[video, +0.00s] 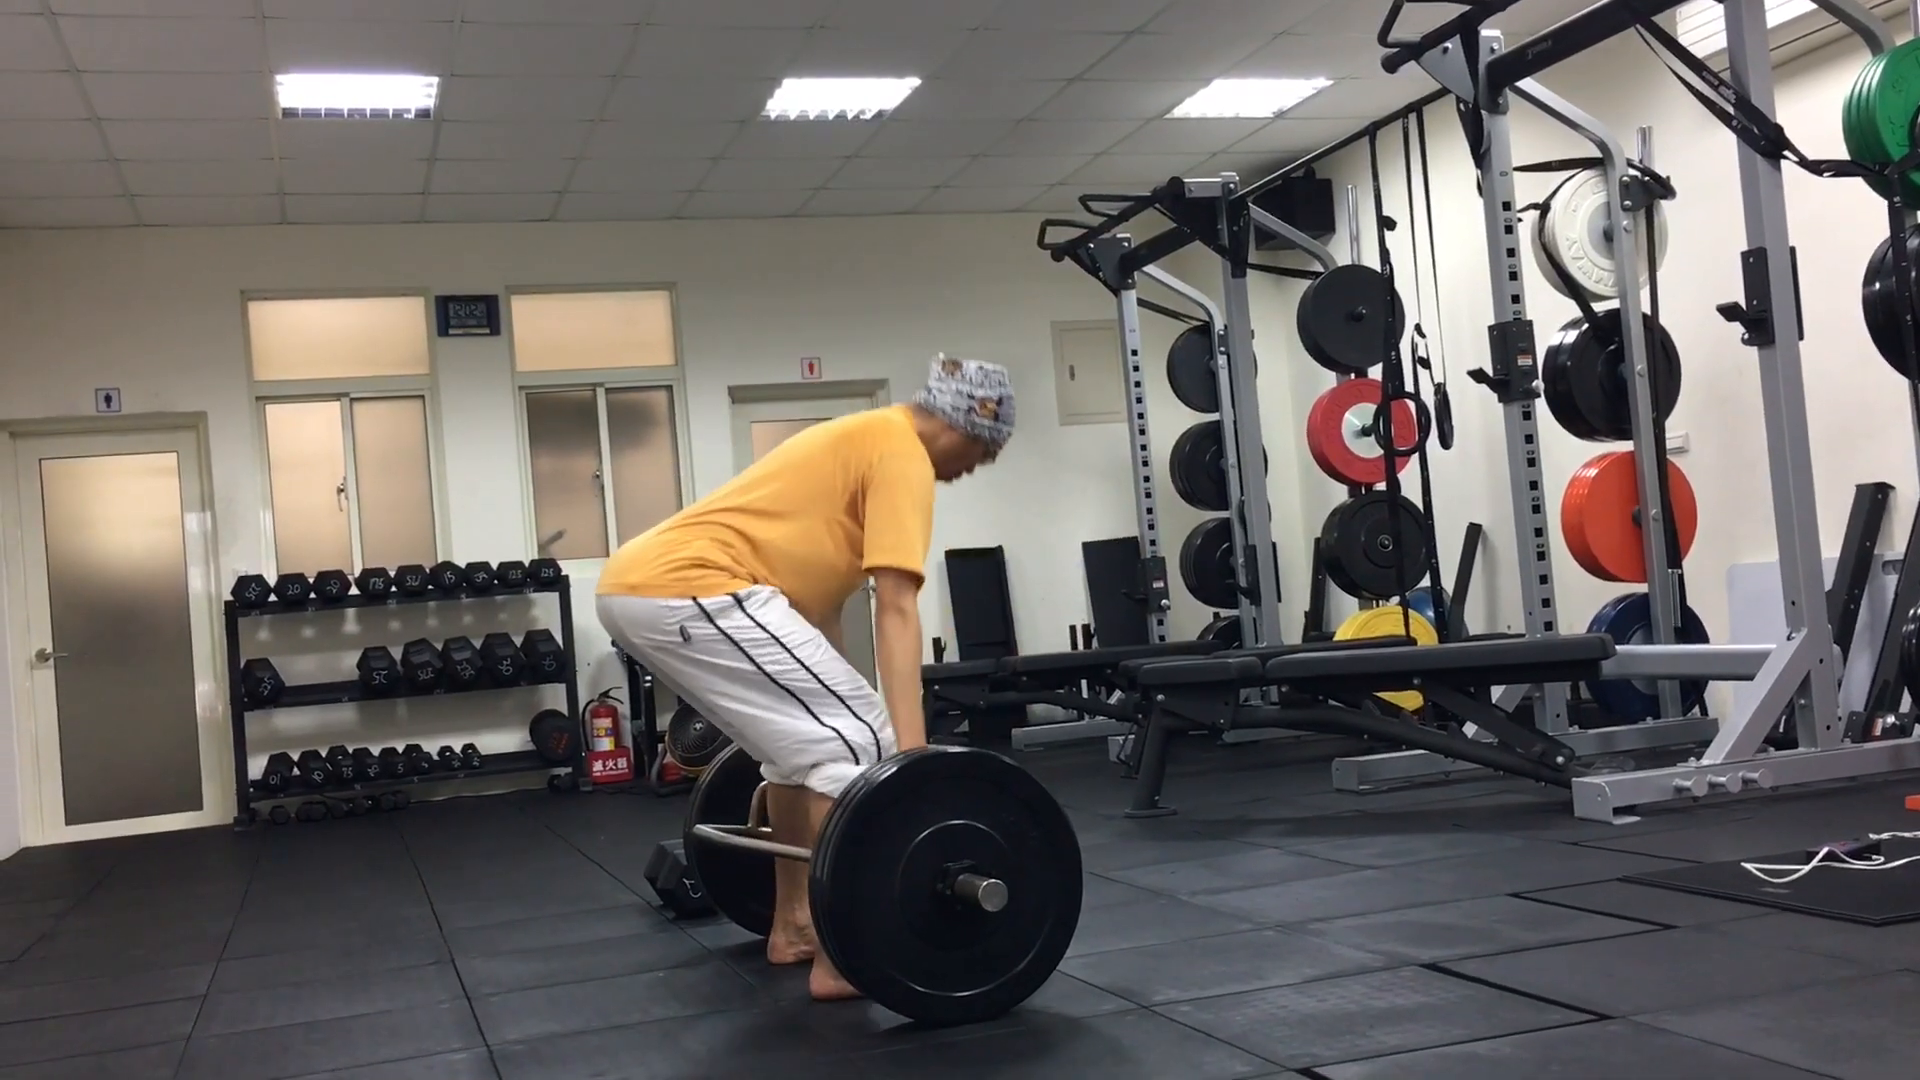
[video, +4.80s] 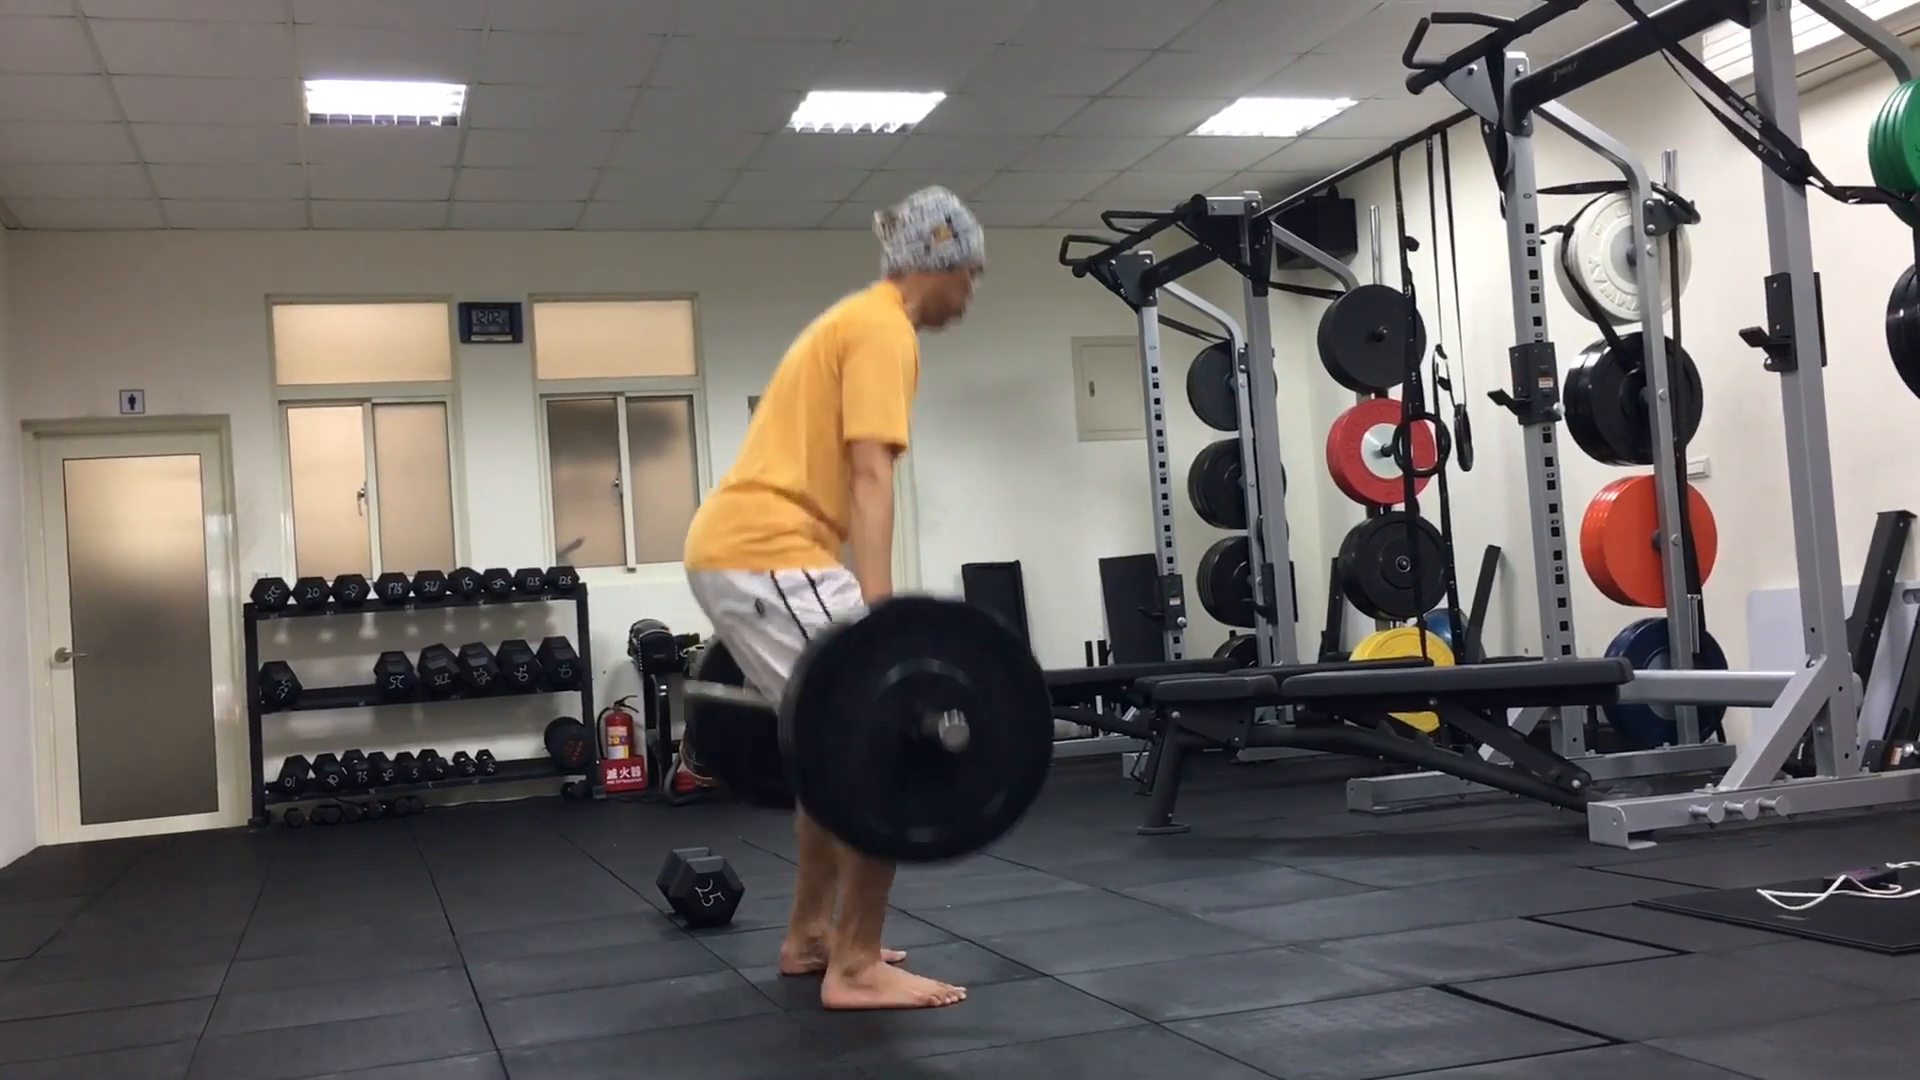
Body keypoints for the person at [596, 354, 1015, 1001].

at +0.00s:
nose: (975, 470)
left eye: (986, 459)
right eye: (983, 454)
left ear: (937, 406)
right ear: (966, 423)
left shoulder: (854, 443)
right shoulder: (901, 450)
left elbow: (818, 612)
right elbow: (896, 603)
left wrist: (848, 712)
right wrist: (913, 754)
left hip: (641, 589)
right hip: (695, 590)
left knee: (797, 743)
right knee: (856, 735)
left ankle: (793, 925)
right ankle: (840, 957)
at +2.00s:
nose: (961, 419)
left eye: (967, 405)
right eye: (962, 401)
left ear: (907, 382)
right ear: (926, 384)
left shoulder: (841, 428)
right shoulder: (874, 442)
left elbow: (825, 588)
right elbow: (859, 593)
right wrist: (872, 733)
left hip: (672, 613)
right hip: (717, 613)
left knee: (859, 713)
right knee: (904, 714)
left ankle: (785, 904)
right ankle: (838, 934)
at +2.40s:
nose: (957, 324)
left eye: (962, 309)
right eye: (957, 306)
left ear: (895, 288)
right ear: (926, 291)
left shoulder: (836, 337)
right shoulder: (869, 347)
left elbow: (819, 498)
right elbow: (850, 495)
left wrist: (827, 616)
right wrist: (858, 635)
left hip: (684, 535)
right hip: (728, 536)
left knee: (814, 708)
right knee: (853, 708)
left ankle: (787, 900)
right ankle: (834, 930)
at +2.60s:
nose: (924, 229)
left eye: (930, 213)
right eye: (926, 210)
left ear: (866, 191)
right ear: (895, 193)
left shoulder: (805, 253)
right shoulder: (844, 258)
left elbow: (778, 407)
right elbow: (837, 403)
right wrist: (852, 544)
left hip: (704, 500)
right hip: (753, 503)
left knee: (774, 707)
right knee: (829, 700)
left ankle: (783, 899)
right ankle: (832, 929)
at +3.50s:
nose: (928, 311)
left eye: (934, 294)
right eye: (930, 291)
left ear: (873, 270)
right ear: (900, 273)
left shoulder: (804, 330)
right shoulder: (848, 333)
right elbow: (852, 480)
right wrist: (879, 623)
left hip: (701, 565)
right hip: (747, 566)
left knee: (821, 738)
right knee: (881, 731)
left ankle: (794, 930)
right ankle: (842, 961)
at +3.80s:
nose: (957, 406)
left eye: (962, 391)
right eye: (958, 388)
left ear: (898, 372)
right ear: (926, 374)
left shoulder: (835, 425)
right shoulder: (873, 434)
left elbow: (858, 588)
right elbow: (876, 589)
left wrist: (882, 705)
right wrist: (900, 727)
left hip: (700, 637)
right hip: (745, 636)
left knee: (869, 747)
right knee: (914, 747)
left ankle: (805, 930)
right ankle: (853, 962)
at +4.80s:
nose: (970, 297)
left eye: (974, 279)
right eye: (970, 276)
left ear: (911, 258)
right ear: (940, 263)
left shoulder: (850, 321)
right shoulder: (880, 327)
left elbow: (839, 483)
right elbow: (869, 476)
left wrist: (863, 622)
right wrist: (881, 625)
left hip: (736, 548)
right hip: (772, 550)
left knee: (837, 729)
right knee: (880, 728)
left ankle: (812, 933)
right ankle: (857, 964)